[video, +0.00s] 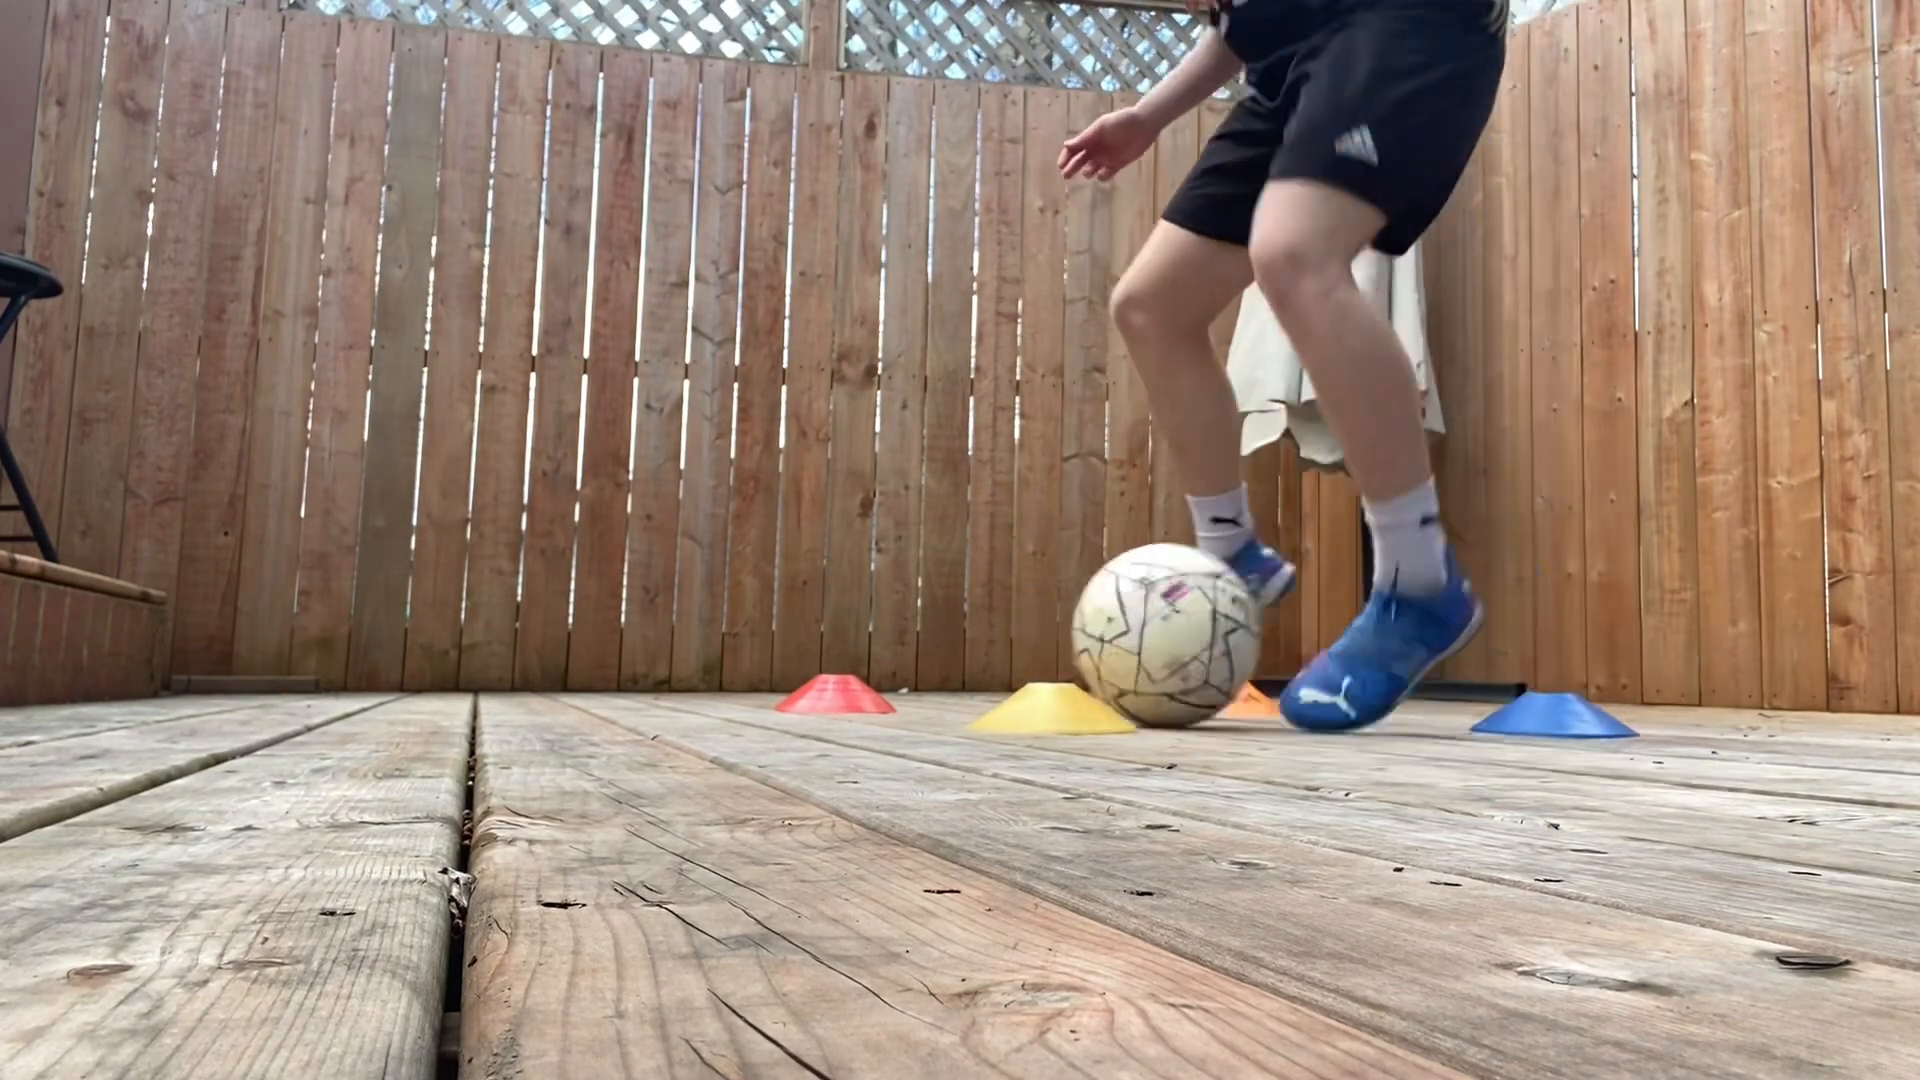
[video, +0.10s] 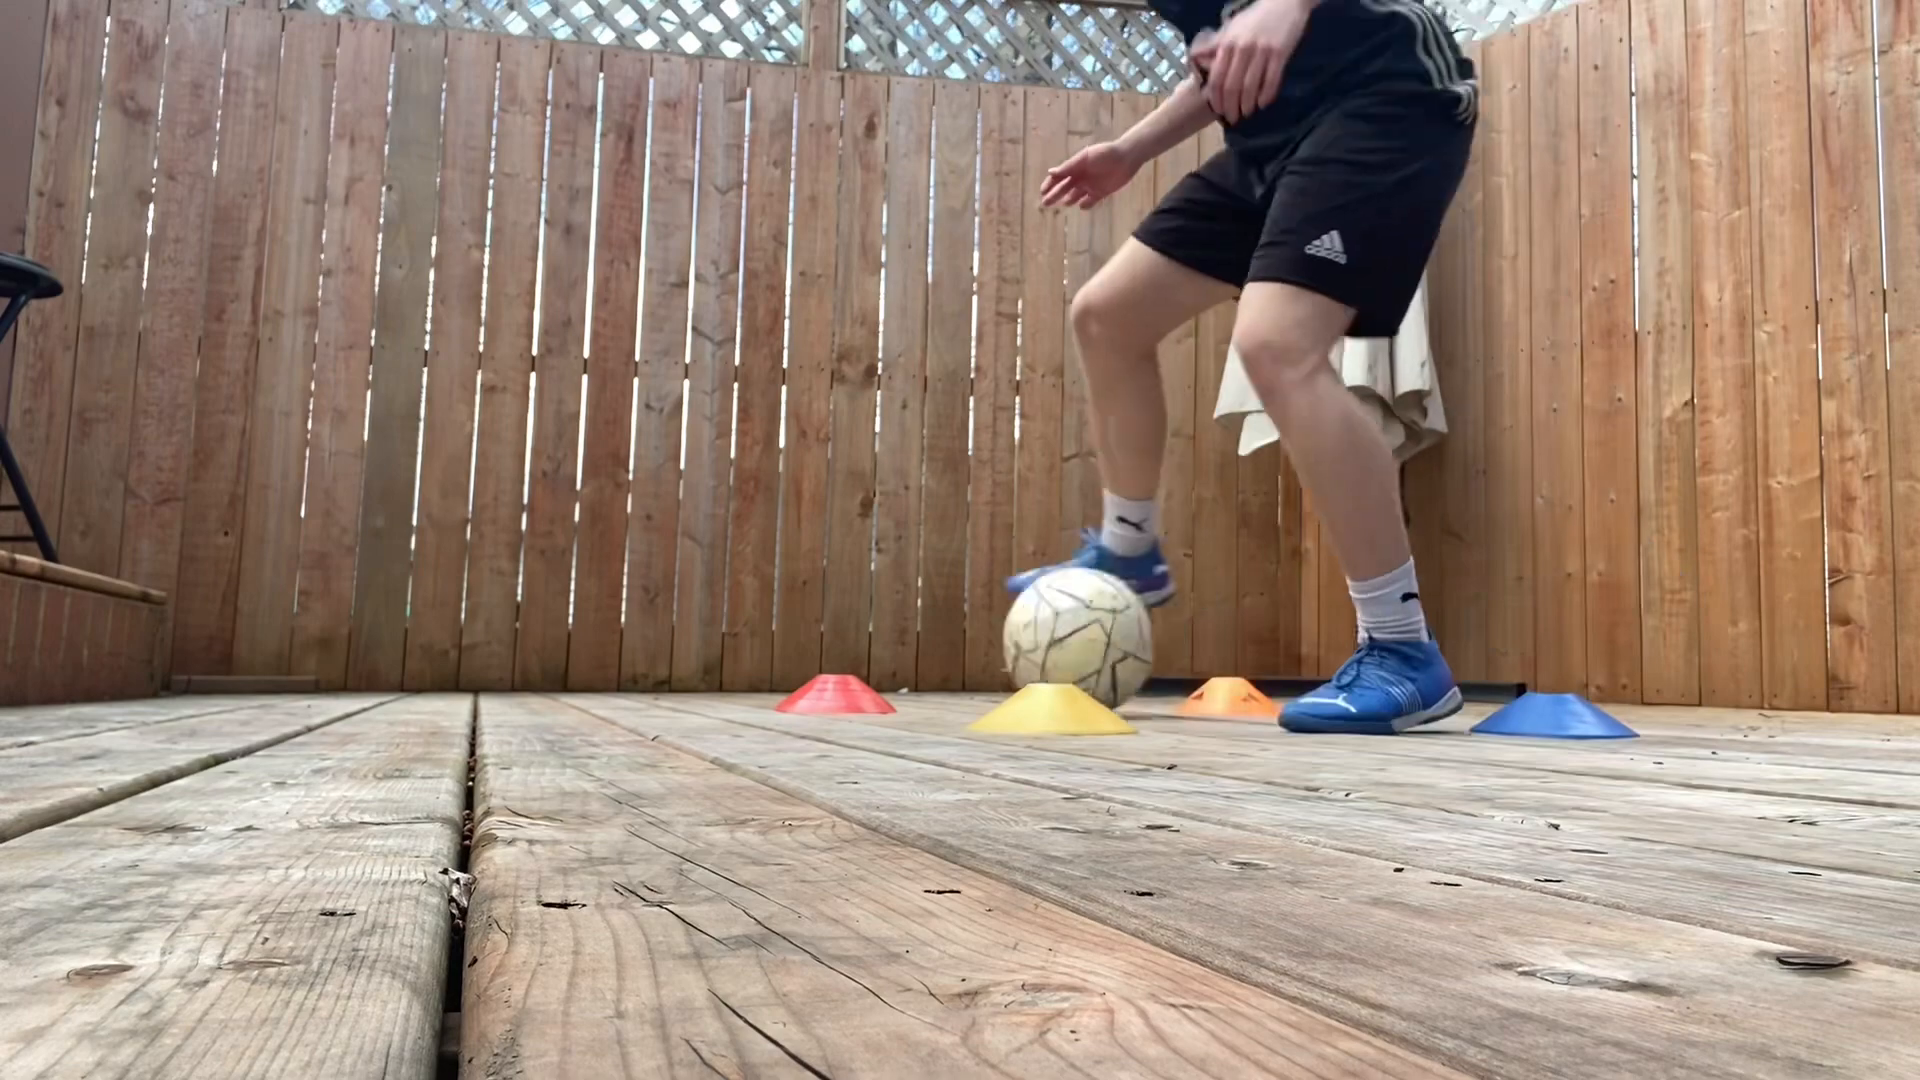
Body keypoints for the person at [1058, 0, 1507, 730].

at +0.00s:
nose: (1202, 7)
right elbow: (1255, 21)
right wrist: (1151, 114)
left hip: (1414, 14)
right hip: (1294, 49)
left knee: (1297, 256)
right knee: (1152, 308)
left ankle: (1423, 593)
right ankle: (1233, 558)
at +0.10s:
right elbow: (1237, 69)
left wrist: (1288, 2)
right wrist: (1130, 149)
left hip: (1386, 89)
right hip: (1273, 124)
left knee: (1279, 346)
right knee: (1108, 317)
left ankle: (1403, 655)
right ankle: (1127, 554)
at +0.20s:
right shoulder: (1146, 7)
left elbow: (1349, 0)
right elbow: (1204, 81)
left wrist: (1277, 90)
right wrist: (1101, 160)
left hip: (1338, 116)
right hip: (1244, 145)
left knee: (1253, 359)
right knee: (1082, 345)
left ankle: (1400, 658)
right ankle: (1061, 604)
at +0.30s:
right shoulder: (1107, 7)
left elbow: (1324, 9)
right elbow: (1152, 94)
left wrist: (1247, 120)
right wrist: (1056, 164)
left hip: (1274, 165)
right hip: (1177, 191)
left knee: (1244, 368)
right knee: (1079, 416)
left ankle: (1394, 654)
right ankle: (1118, 651)